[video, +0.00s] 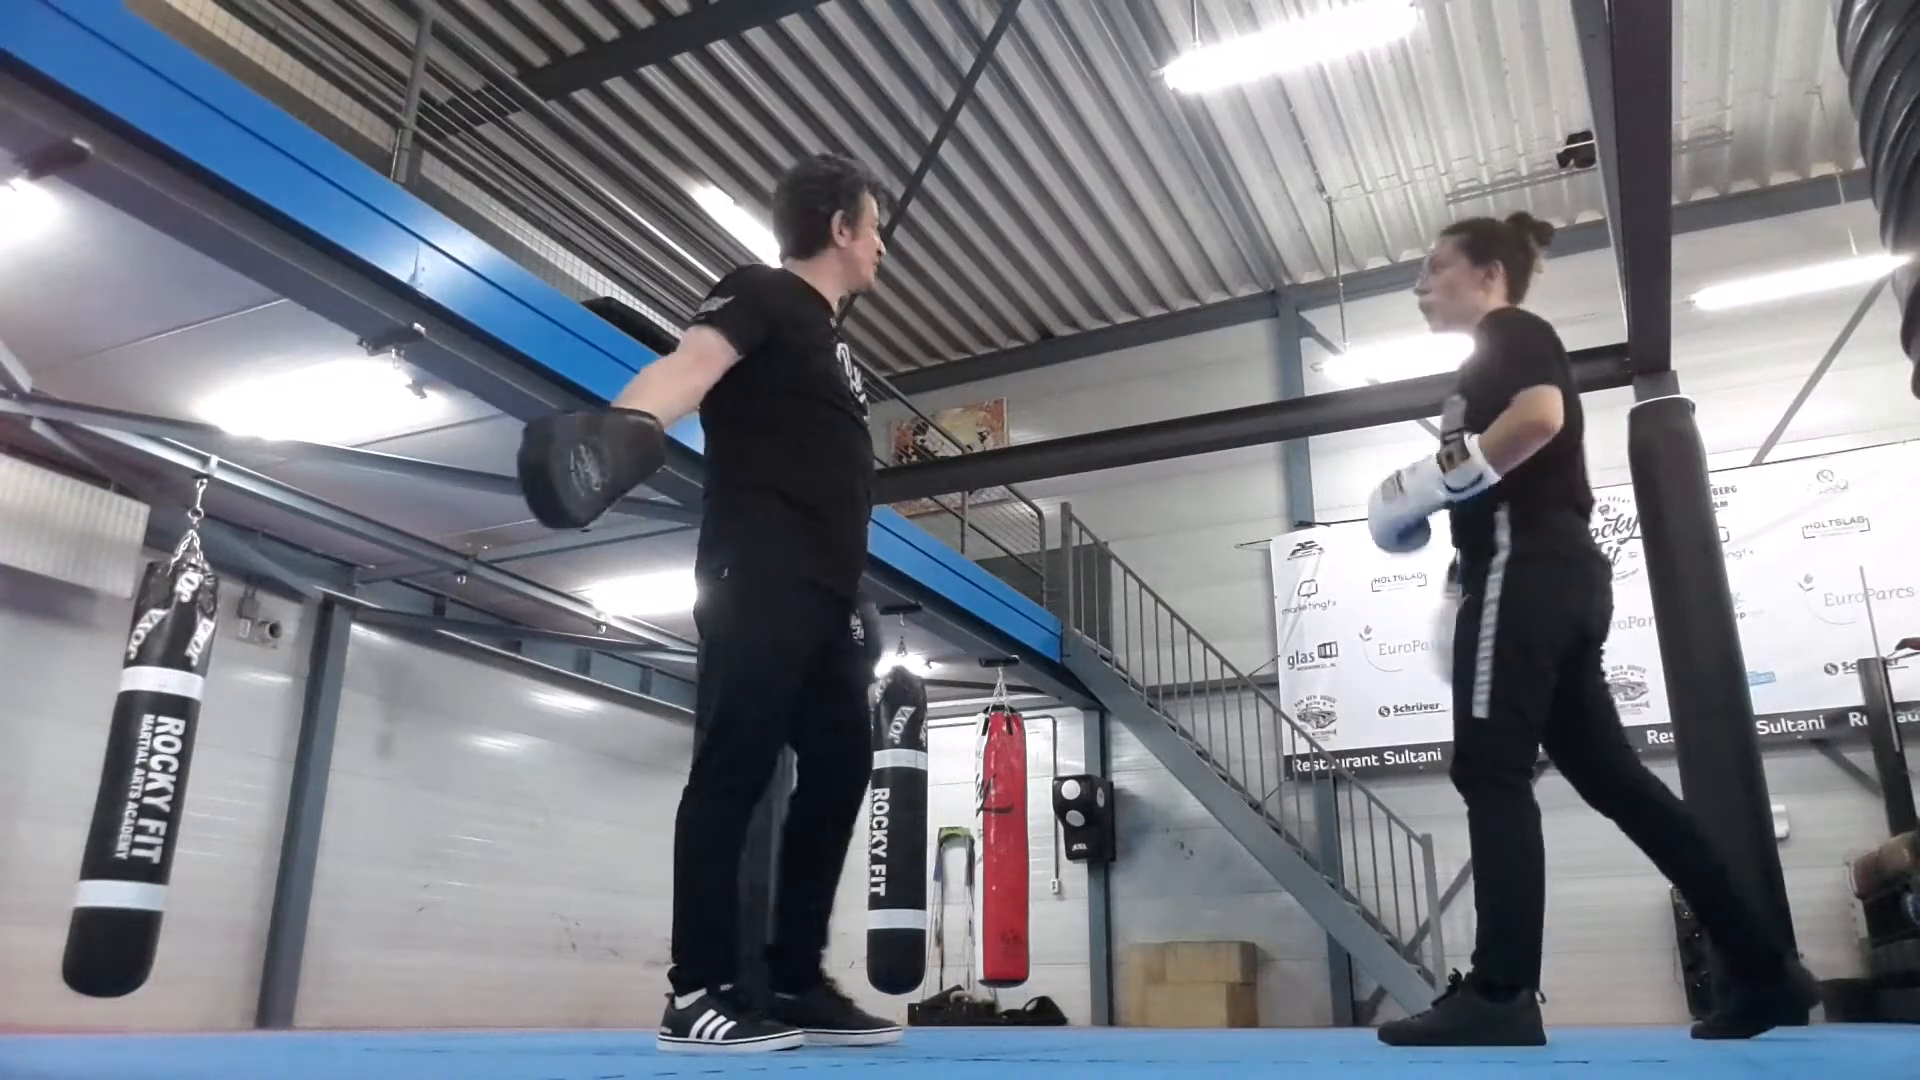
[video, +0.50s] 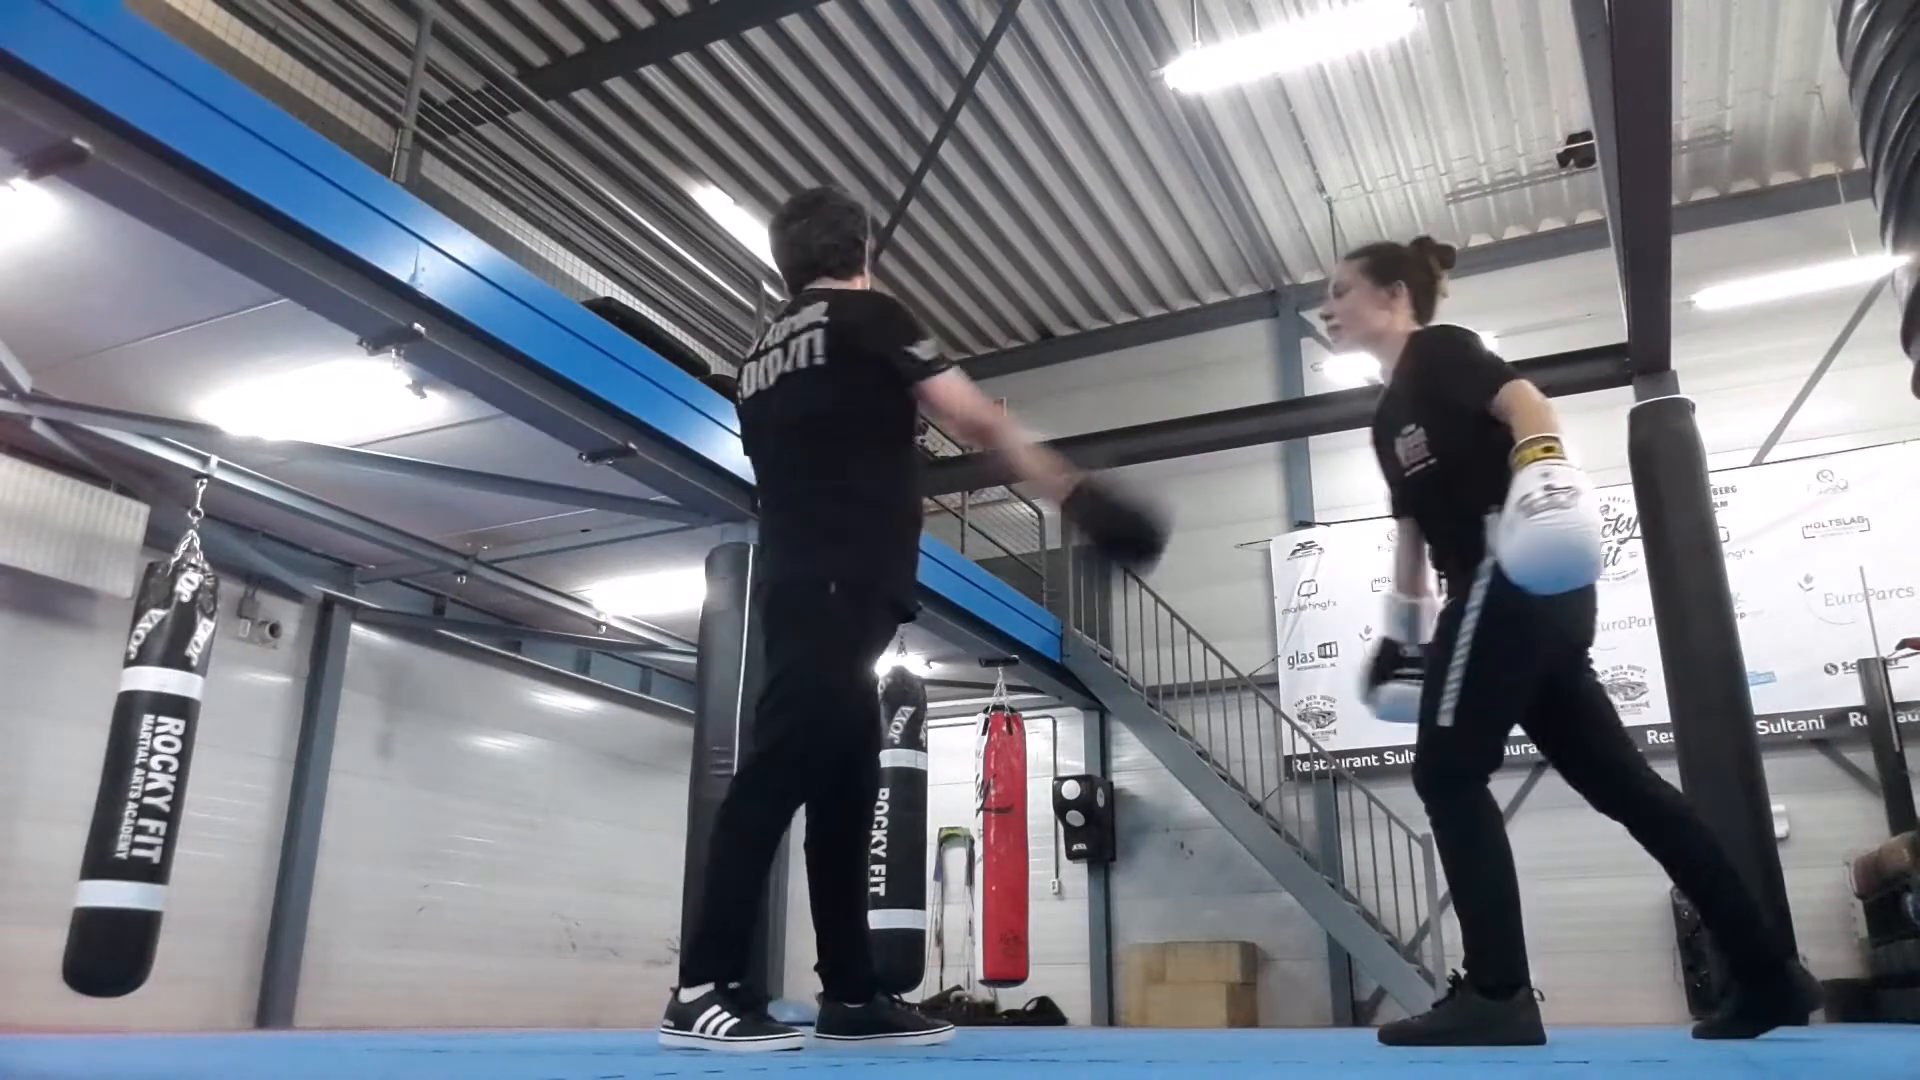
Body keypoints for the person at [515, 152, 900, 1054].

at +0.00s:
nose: (882, 246)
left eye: (882, 230)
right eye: (876, 228)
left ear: (832, 230)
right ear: (841, 226)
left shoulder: (828, 338)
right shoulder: (770, 293)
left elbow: (818, 475)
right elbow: (689, 368)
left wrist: (852, 592)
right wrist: (608, 443)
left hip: (820, 586)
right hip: (759, 571)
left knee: (840, 762)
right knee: (736, 763)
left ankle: (793, 982)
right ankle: (701, 992)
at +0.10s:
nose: (889, 251)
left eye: (888, 234)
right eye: (885, 233)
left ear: (823, 231)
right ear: (854, 232)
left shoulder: (820, 332)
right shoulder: (784, 295)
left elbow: (806, 464)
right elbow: (707, 362)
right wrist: (631, 439)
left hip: (818, 595)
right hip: (768, 583)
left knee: (842, 776)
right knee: (737, 776)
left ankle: (839, 988)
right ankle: (700, 995)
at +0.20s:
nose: (892, 265)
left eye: (891, 248)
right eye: (890, 246)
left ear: (821, 239)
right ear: (866, 242)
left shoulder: (830, 335)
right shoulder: (796, 305)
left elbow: (804, 464)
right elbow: (734, 379)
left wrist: (855, 579)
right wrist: (675, 456)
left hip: (818, 597)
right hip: (777, 590)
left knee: (847, 777)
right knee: (753, 771)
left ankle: (854, 992)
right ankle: (701, 994)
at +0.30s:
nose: (892, 269)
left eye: (889, 253)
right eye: (891, 253)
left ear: (812, 251)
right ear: (873, 251)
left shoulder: (817, 327)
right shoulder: (823, 317)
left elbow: (805, 449)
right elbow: (791, 431)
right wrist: (756, 523)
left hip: (818, 599)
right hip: (797, 594)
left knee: (849, 778)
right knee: (767, 774)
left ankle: (854, 994)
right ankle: (703, 996)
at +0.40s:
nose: (884, 266)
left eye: (879, 255)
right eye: (881, 254)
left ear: (794, 263)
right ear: (869, 255)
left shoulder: (774, 345)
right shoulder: (851, 319)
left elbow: (783, 478)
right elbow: (893, 451)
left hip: (793, 590)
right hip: (822, 591)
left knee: (845, 785)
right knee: (771, 777)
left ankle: (854, 996)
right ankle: (704, 996)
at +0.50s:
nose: (877, 268)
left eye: (868, 257)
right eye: (875, 254)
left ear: (786, 268)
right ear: (864, 255)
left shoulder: (761, 354)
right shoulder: (863, 315)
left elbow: (806, 458)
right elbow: (977, 421)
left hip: (801, 587)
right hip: (836, 585)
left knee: (847, 787)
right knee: (774, 775)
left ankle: (853, 998)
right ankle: (705, 996)